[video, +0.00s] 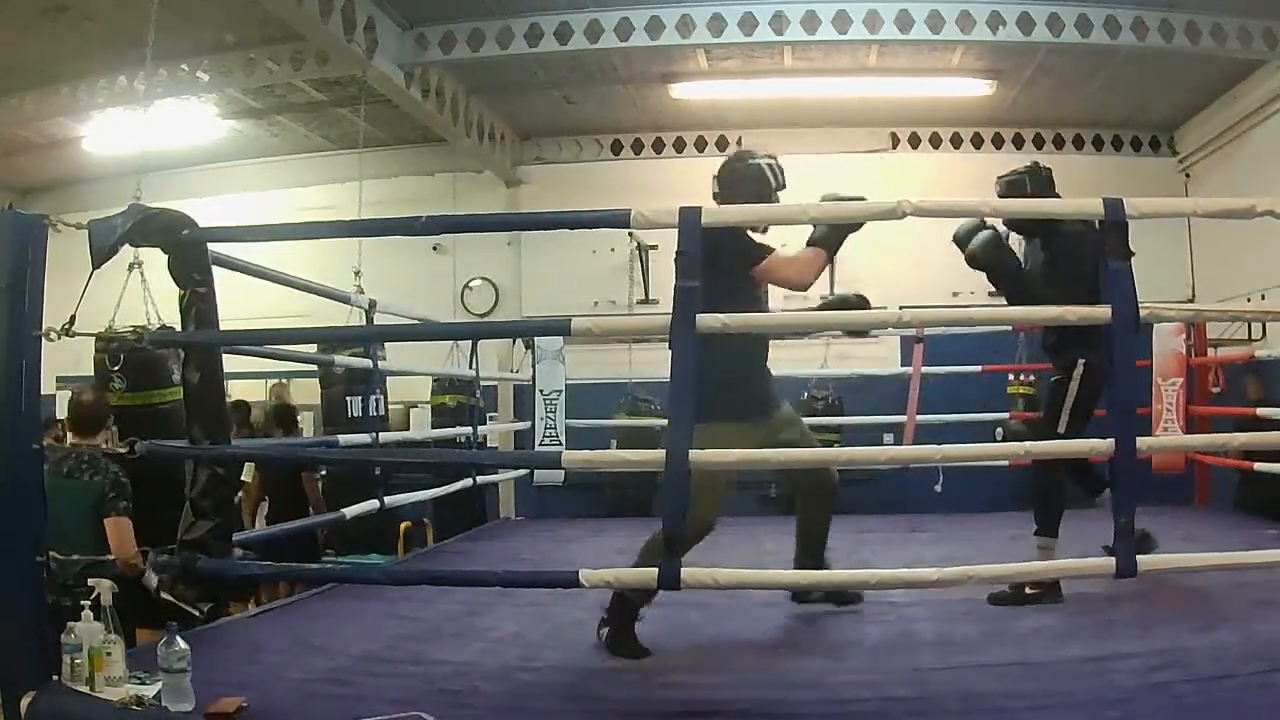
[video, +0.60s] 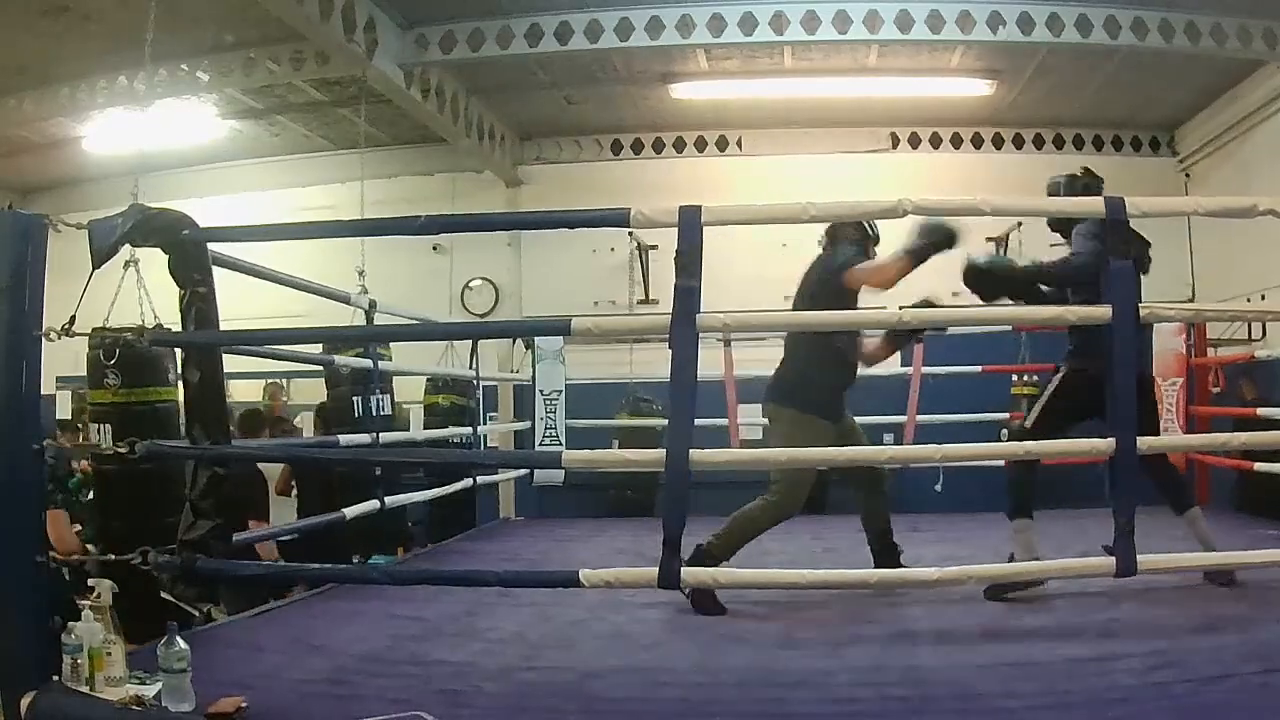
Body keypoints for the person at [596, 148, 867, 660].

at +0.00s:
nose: (770, 208)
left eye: (771, 199)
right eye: (765, 198)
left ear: (729, 192)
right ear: (745, 195)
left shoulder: (736, 241)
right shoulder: (717, 238)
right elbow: (799, 275)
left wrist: (825, 239)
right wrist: (831, 232)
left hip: (760, 401)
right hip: (715, 407)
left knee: (818, 476)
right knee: (697, 517)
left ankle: (809, 574)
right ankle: (620, 614)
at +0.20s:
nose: (802, 221)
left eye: (805, 214)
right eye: (796, 213)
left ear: (804, 214)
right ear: (771, 208)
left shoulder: (802, 253)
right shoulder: (735, 253)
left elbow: (870, 262)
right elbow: (785, 304)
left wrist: (926, 232)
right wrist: (810, 258)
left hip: (793, 406)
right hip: (737, 408)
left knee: (836, 489)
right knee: (697, 505)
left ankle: (841, 577)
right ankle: (647, 605)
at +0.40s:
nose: (834, 225)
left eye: (835, 217)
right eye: (830, 216)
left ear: (811, 216)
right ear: (807, 214)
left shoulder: (828, 268)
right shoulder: (763, 263)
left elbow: (886, 288)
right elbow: (797, 316)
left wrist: (932, 256)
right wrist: (833, 271)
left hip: (816, 407)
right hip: (762, 411)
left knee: (871, 476)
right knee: (751, 501)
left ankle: (890, 557)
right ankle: (714, 586)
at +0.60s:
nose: (871, 255)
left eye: (870, 249)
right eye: (868, 247)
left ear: (835, 242)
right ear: (856, 243)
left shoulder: (841, 298)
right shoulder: (829, 269)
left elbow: (867, 355)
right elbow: (880, 277)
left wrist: (907, 330)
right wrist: (922, 248)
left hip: (828, 410)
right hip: (798, 407)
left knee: (870, 476)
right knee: (787, 498)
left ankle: (888, 566)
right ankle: (701, 563)